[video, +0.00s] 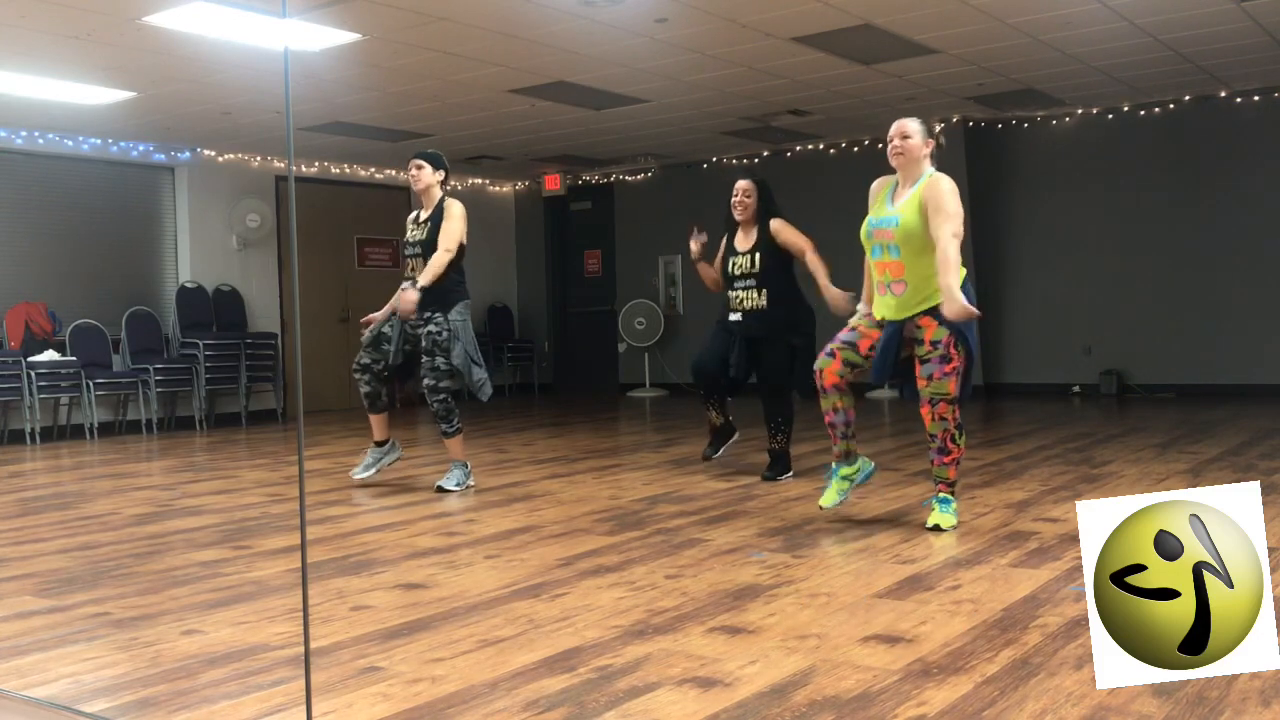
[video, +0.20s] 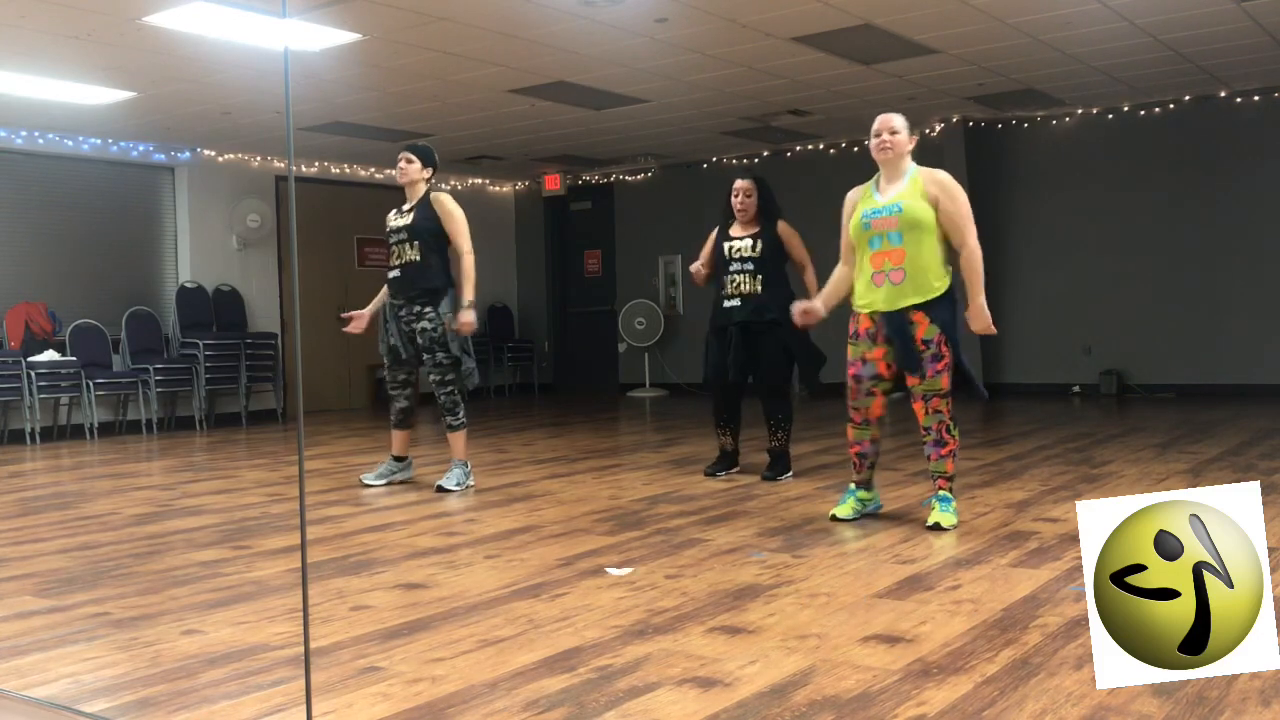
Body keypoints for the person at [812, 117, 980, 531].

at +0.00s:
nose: (894, 143)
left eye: (904, 136)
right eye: (889, 139)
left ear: (928, 146)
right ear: (887, 150)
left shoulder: (939, 187)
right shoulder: (880, 188)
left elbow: (948, 239)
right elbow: (873, 250)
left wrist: (950, 294)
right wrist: (866, 304)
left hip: (933, 314)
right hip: (883, 315)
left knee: (938, 405)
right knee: (829, 368)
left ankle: (944, 496)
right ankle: (848, 463)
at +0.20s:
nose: (883, 139)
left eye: (891, 132)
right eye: (876, 134)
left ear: (911, 141)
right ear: (869, 146)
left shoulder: (936, 183)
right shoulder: (856, 198)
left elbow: (968, 244)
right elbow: (847, 263)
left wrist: (977, 303)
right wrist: (820, 303)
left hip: (924, 311)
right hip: (868, 315)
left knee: (933, 404)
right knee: (861, 401)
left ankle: (943, 495)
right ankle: (863, 491)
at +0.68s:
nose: (871, 145)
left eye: (880, 137)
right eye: (864, 140)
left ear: (899, 143)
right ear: (857, 149)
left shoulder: (924, 190)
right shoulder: (840, 184)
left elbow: (950, 249)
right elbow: (810, 243)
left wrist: (940, 274)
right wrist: (787, 293)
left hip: (918, 309)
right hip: (862, 313)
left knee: (931, 402)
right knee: (870, 406)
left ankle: (946, 494)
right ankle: (866, 492)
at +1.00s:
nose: (882, 149)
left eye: (891, 141)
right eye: (877, 145)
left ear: (914, 149)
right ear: (873, 156)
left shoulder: (932, 192)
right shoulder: (862, 195)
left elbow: (949, 236)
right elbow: (861, 253)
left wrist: (942, 287)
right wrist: (863, 304)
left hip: (931, 314)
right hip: (876, 317)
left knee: (941, 404)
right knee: (826, 376)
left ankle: (947, 494)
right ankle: (852, 462)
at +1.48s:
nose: (853, 148)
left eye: (861, 141)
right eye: (845, 144)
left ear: (877, 150)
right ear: (836, 156)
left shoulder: (906, 191)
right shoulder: (822, 206)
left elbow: (940, 247)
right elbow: (807, 267)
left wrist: (961, 298)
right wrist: (780, 263)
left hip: (911, 313)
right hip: (849, 321)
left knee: (939, 376)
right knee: (854, 406)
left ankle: (934, 481)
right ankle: (866, 492)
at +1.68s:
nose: (852, 144)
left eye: (859, 137)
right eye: (844, 140)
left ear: (875, 147)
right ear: (833, 154)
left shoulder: (904, 185)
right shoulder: (822, 205)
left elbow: (936, 242)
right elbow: (816, 272)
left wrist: (956, 296)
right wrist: (792, 255)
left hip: (909, 310)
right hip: (850, 318)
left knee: (916, 401)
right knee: (861, 408)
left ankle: (924, 496)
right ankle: (867, 492)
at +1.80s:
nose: (849, 145)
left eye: (856, 138)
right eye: (841, 141)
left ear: (873, 148)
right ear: (831, 156)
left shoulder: (903, 184)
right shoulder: (822, 207)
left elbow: (938, 238)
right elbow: (810, 270)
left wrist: (955, 292)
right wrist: (787, 246)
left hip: (907, 311)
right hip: (847, 319)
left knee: (934, 385)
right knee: (851, 406)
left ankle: (930, 489)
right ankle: (865, 491)